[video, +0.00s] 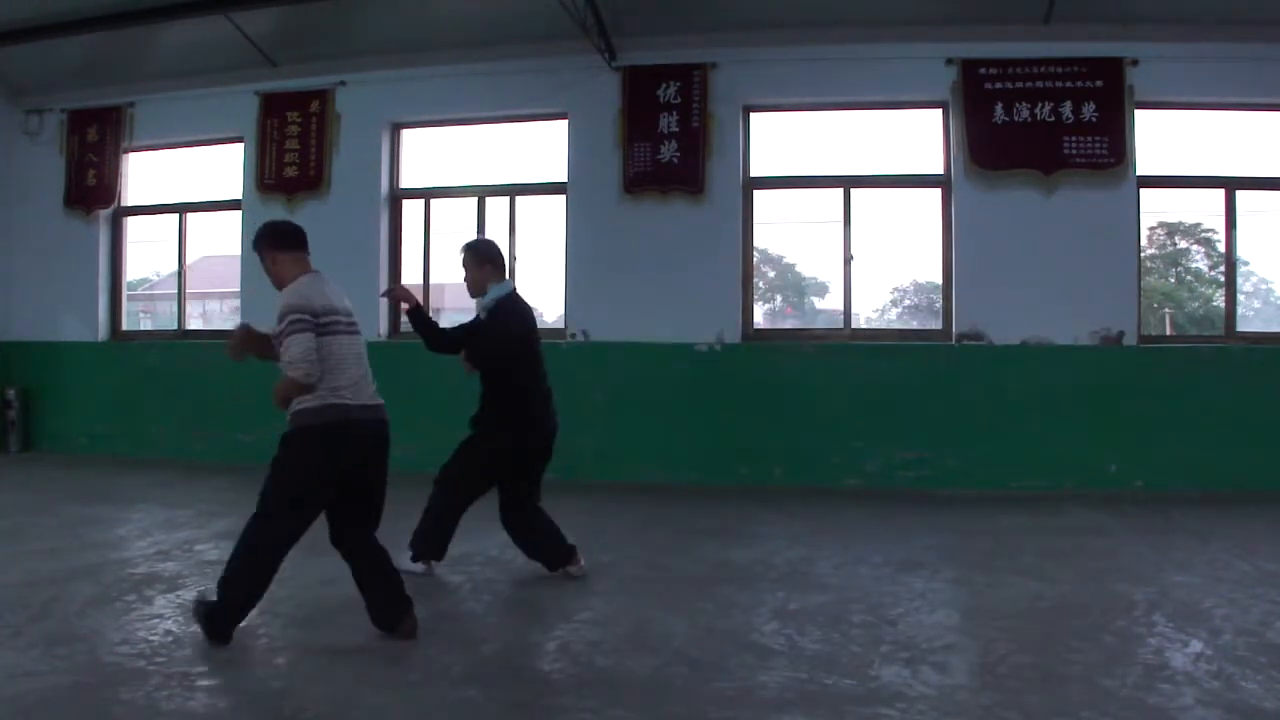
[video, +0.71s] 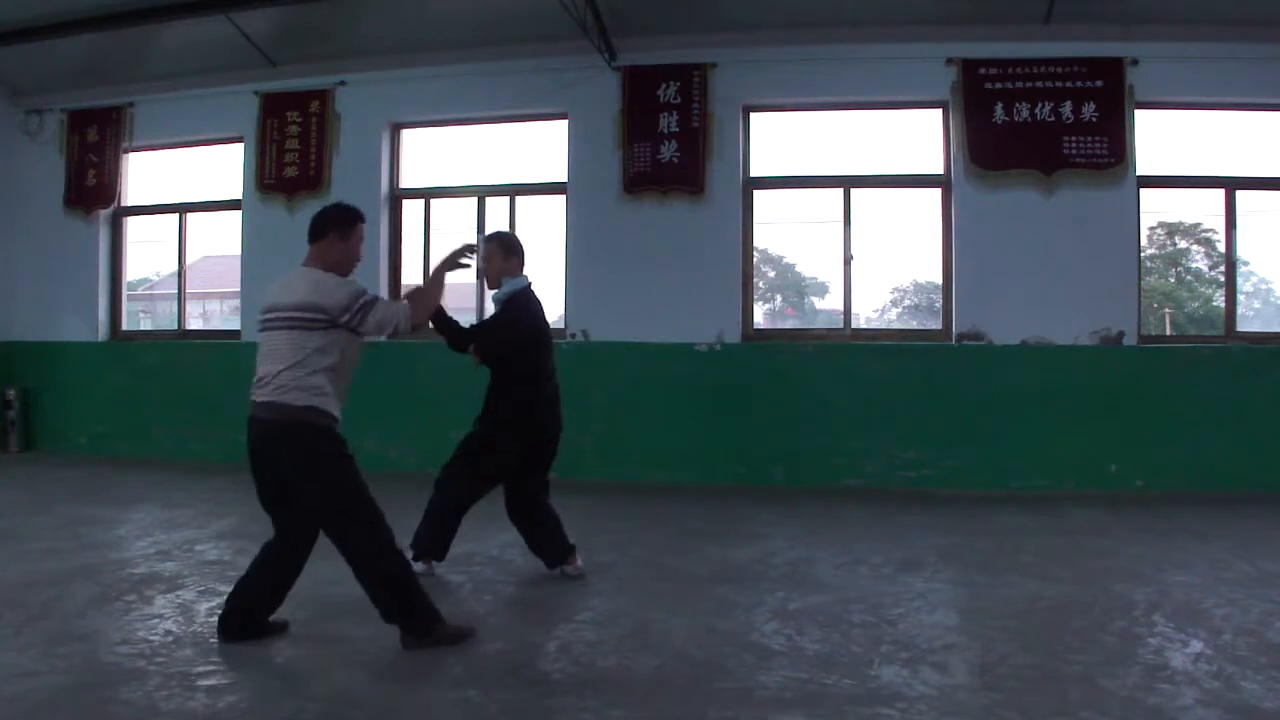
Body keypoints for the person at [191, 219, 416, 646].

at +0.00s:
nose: (268, 274)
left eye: (266, 264)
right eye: (265, 266)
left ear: (273, 258)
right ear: (304, 253)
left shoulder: (297, 297)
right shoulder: (334, 294)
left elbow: (304, 370)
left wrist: (282, 394)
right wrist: (265, 346)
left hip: (320, 430)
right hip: (369, 425)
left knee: (272, 529)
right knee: (354, 532)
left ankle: (222, 618)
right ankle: (399, 619)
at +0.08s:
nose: (271, 269)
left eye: (270, 261)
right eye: (270, 262)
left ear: (275, 258)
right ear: (310, 252)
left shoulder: (288, 294)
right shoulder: (339, 289)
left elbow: (290, 366)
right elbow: (329, 342)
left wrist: (286, 398)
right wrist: (271, 342)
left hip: (318, 420)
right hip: (370, 416)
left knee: (286, 526)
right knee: (362, 526)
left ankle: (235, 623)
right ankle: (399, 618)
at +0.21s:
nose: (282, 264)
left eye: (279, 259)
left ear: (279, 256)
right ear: (321, 250)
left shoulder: (273, 297)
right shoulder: (349, 288)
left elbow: (265, 362)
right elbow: (357, 346)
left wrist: (285, 400)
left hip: (306, 415)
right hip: (362, 412)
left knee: (289, 522)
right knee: (366, 514)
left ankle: (242, 619)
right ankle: (400, 614)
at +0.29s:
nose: (329, 257)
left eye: (325, 251)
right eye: (330, 251)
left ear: (288, 251)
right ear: (329, 249)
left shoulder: (258, 293)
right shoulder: (349, 285)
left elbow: (238, 361)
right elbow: (375, 302)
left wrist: (272, 389)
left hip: (283, 417)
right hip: (340, 415)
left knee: (282, 522)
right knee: (364, 516)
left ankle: (239, 619)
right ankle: (404, 614)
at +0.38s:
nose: (336, 253)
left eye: (335, 247)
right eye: (335, 246)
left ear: (293, 246)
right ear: (328, 244)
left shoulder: (255, 293)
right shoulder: (347, 285)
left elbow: (228, 358)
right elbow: (399, 288)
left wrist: (263, 388)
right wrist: (412, 290)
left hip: (270, 420)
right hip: (325, 419)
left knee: (280, 525)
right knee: (364, 522)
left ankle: (239, 620)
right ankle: (407, 614)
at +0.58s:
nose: (350, 255)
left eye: (351, 246)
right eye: (347, 245)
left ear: (307, 242)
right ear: (328, 241)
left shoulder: (257, 292)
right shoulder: (338, 290)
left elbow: (240, 359)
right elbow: (414, 305)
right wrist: (424, 258)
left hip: (256, 429)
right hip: (307, 429)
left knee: (289, 527)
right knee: (363, 530)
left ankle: (240, 619)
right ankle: (419, 624)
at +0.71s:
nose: (360, 254)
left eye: (361, 244)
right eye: (357, 243)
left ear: (321, 240)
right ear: (335, 239)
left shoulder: (282, 288)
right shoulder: (335, 291)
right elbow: (410, 318)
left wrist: (408, 307)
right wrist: (442, 270)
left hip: (264, 429)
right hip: (309, 431)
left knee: (295, 531)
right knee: (364, 531)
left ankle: (241, 620)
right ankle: (420, 625)